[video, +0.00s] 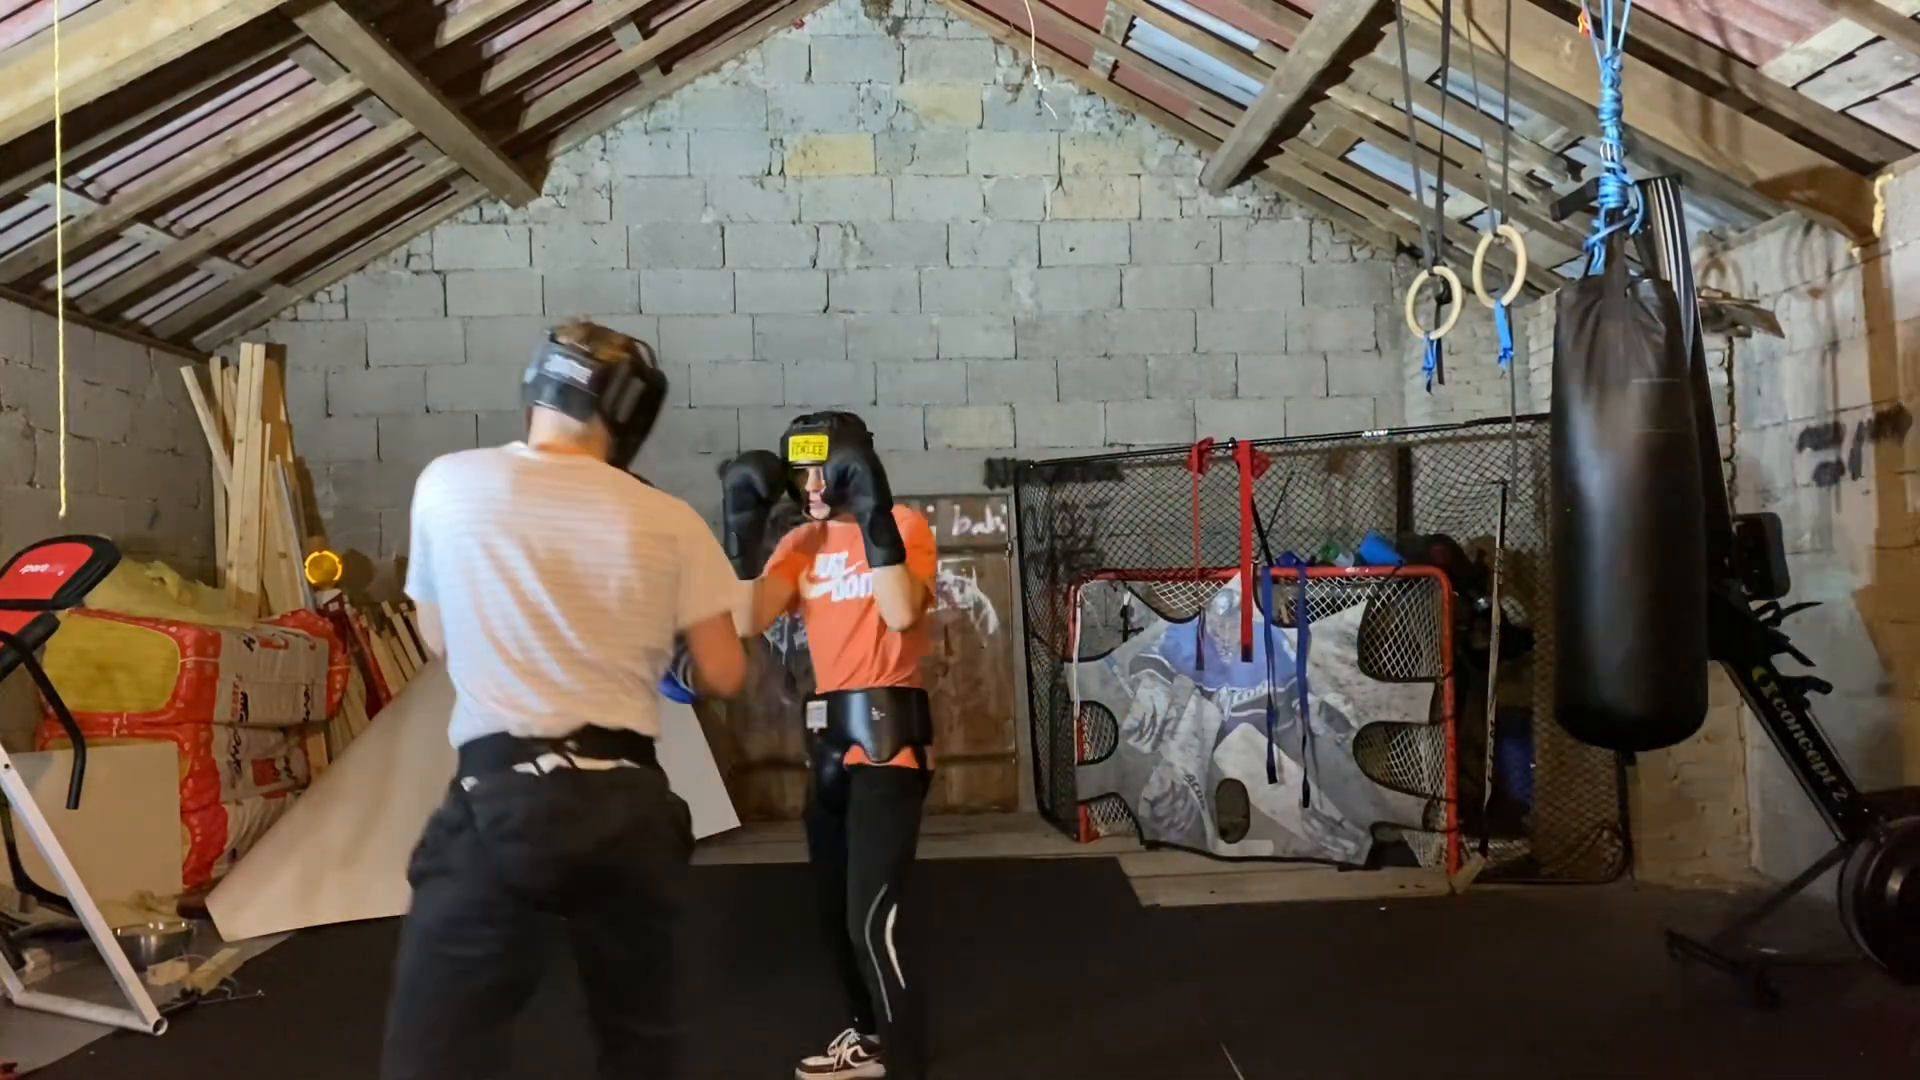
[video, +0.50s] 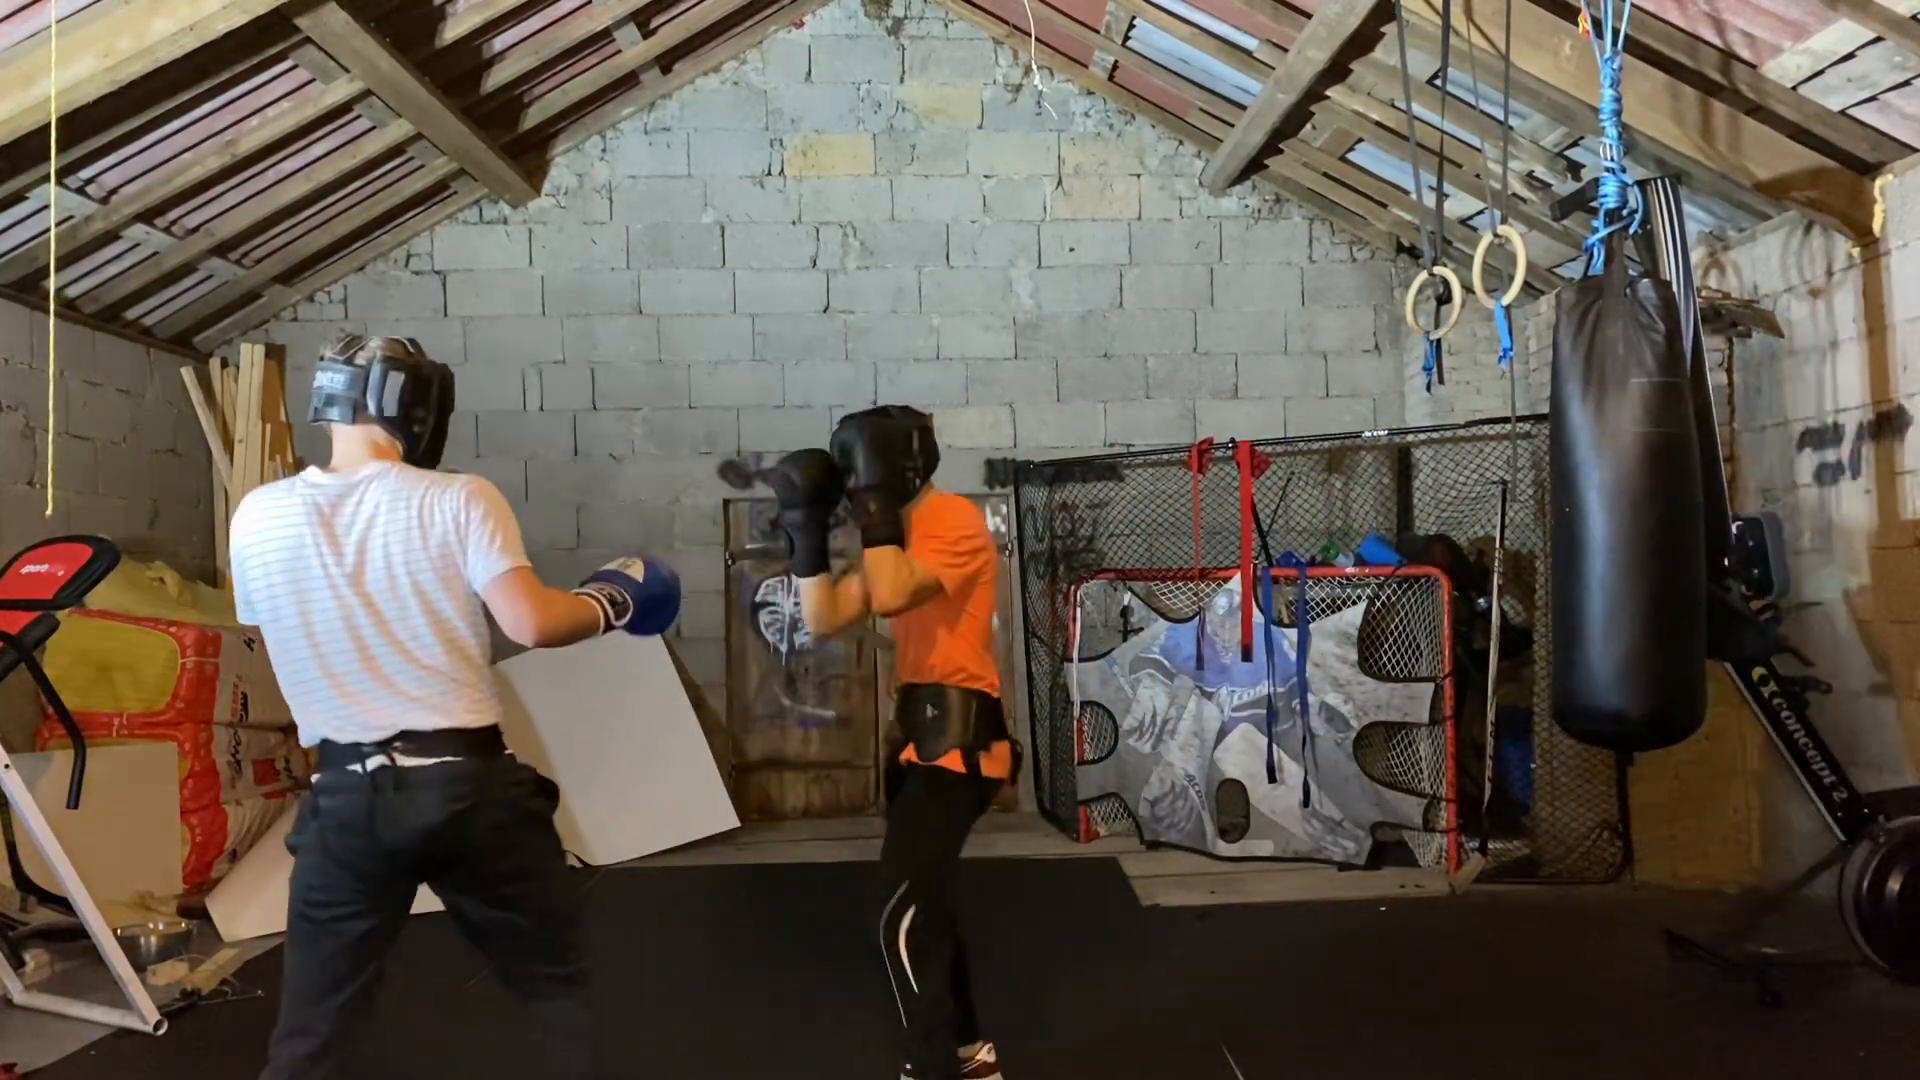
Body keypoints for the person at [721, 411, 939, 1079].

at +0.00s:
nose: (809, 485)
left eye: (820, 470)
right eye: (801, 472)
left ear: (855, 467)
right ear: (795, 479)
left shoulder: (902, 525)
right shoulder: (802, 542)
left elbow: (901, 613)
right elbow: (748, 622)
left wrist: (873, 515)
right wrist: (744, 538)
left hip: (888, 732)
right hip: (828, 735)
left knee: (872, 918)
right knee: (837, 905)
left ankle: (905, 1062)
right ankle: (868, 1033)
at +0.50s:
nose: (860, 487)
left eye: (865, 474)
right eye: (857, 477)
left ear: (896, 466)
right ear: (904, 464)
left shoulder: (955, 519)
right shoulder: (898, 538)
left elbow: (890, 593)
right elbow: (824, 616)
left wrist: (873, 498)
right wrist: (806, 522)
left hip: (961, 736)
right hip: (922, 735)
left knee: (901, 916)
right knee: (926, 902)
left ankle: (931, 1067)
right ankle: (966, 1047)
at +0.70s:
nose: (878, 473)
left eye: (882, 459)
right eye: (878, 458)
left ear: (912, 457)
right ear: (935, 450)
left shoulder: (981, 508)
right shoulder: (947, 515)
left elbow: (888, 592)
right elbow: (873, 611)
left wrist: (876, 488)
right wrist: (836, 523)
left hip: (994, 735)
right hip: (989, 730)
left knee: (946, 921)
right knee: (1013, 899)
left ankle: (959, 1067)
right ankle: (1029, 1044)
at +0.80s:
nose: (914, 463)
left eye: (917, 450)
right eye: (915, 447)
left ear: (943, 451)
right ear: (964, 445)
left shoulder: (1013, 502)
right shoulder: (977, 509)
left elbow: (918, 591)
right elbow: (904, 603)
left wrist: (906, 484)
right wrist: (867, 519)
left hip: (1016, 747)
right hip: (1015, 741)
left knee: (972, 928)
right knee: (1044, 906)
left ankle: (977, 1068)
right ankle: (1138, 1046)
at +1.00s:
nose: (997, 469)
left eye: (1003, 456)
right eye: (998, 454)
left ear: (1028, 460)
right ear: (1058, 455)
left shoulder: (1088, 522)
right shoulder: (1067, 523)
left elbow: (978, 608)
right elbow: (968, 615)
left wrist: (976, 499)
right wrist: (949, 523)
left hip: (1072, 761)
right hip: (1099, 758)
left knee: (984, 928)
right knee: (1153, 927)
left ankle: (974, 1066)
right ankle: (1241, 1061)